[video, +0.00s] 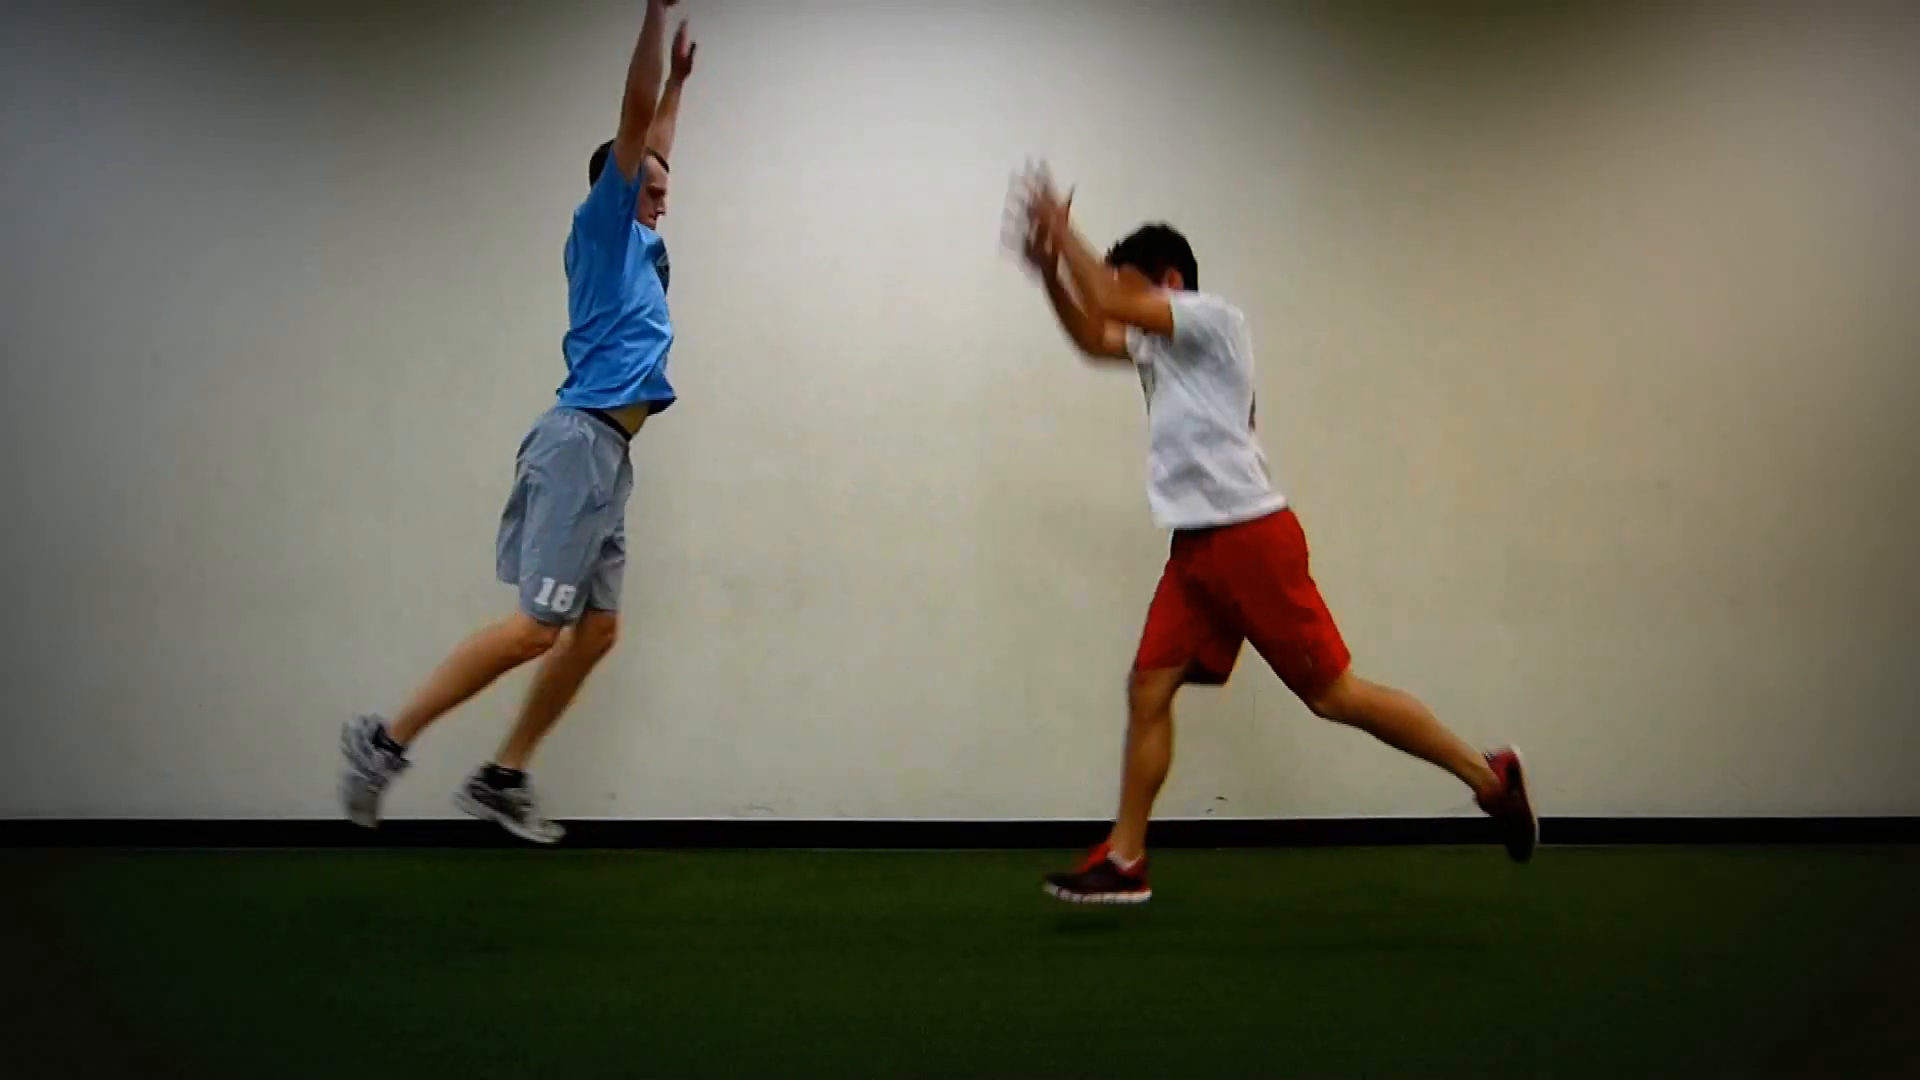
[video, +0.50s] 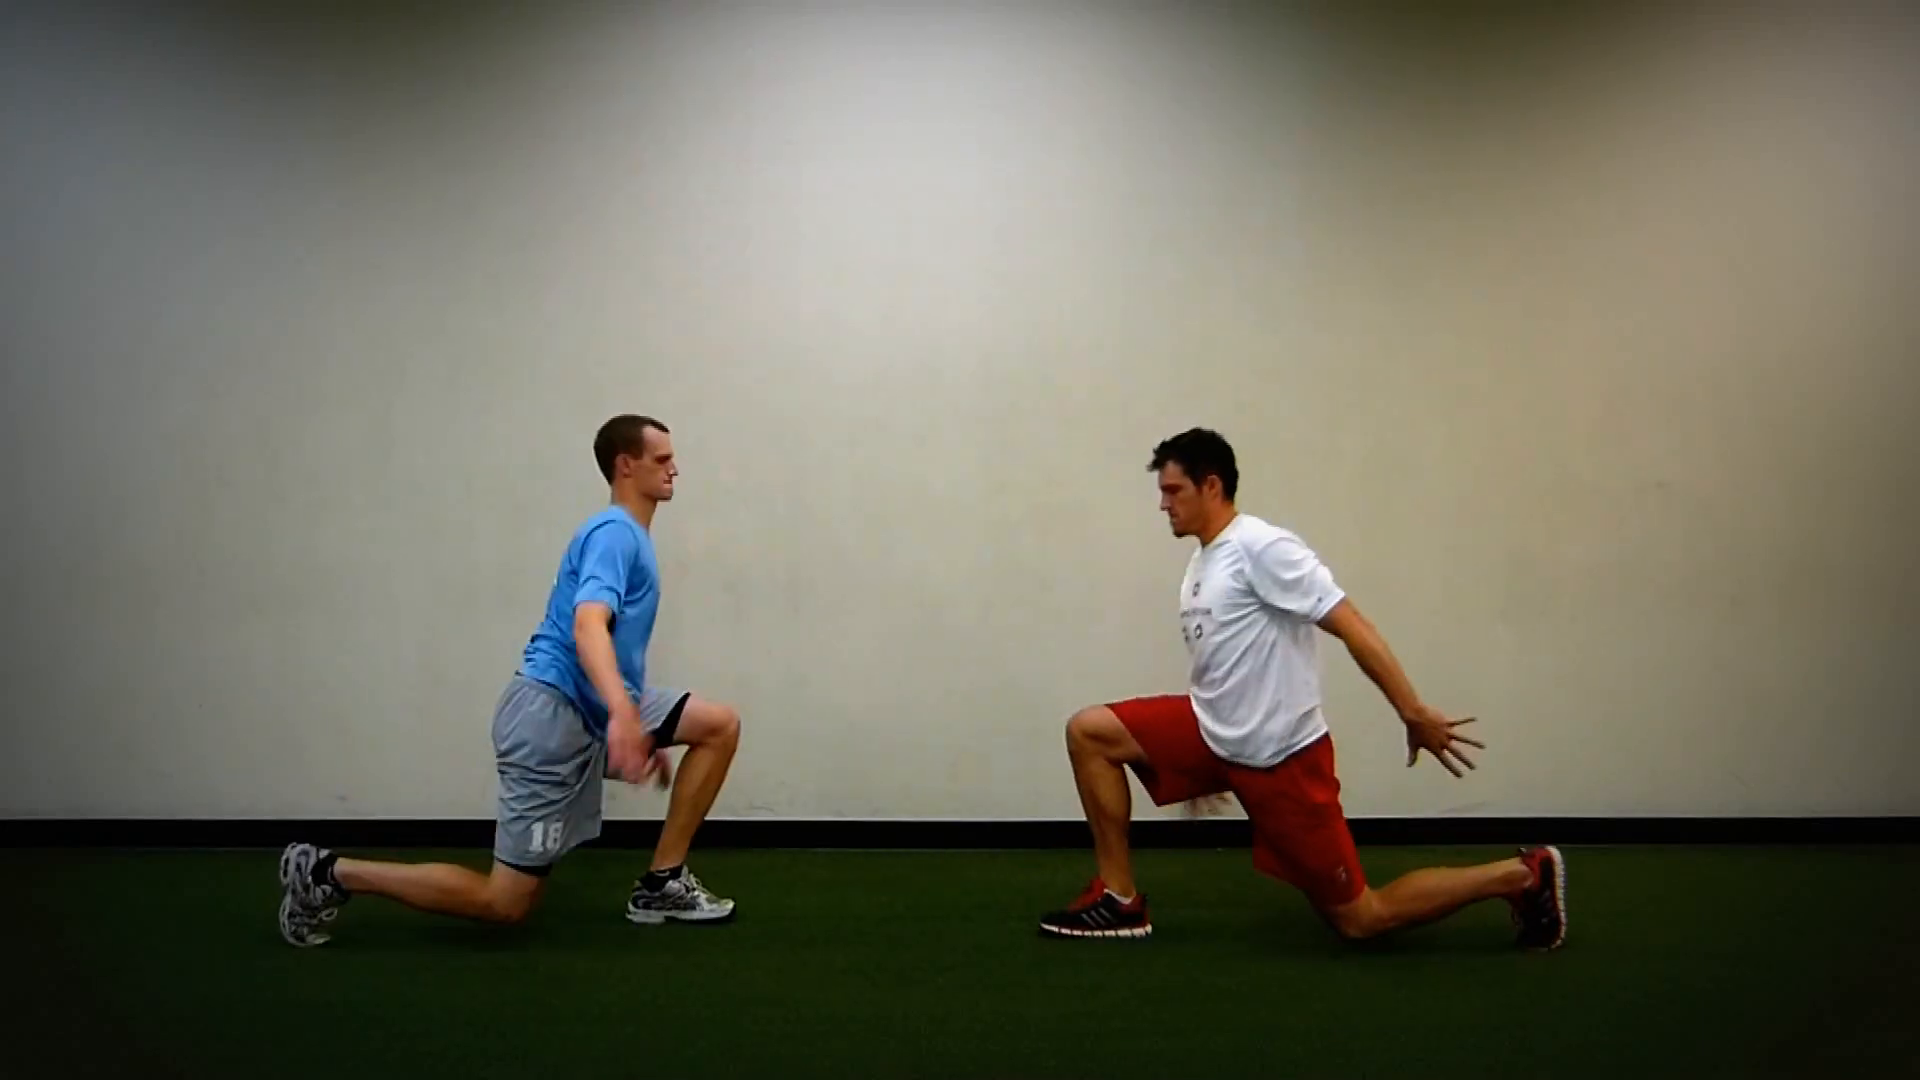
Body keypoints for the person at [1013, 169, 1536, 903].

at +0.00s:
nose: (1120, 299)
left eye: (1127, 286)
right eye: (1117, 288)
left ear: (1168, 278)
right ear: (1159, 282)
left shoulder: (1213, 320)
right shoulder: (1158, 344)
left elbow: (1112, 304)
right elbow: (1092, 340)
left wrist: (1064, 236)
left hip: (1252, 538)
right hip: (1197, 548)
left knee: (1334, 694)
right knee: (1149, 689)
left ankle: (1490, 780)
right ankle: (1123, 858)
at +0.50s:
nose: (1163, 504)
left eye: (1171, 491)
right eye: (1161, 492)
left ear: (1212, 486)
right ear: (1196, 488)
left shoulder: (1267, 551)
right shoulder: (1203, 563)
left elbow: (1353, 627)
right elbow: (1222, 669)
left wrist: (1412, 712)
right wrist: (1194, 761)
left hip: (1283, 754)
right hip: (1214, 727)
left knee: (1357, 919)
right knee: (1090, 734)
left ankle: (1524, 875)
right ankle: (1118, 899)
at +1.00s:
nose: (1184, 483)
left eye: (1192, 469)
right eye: (1183, 471)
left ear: (1233, 466)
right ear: (1220, 470)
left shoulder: (1275, 530)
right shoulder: (1240, 535)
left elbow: (1341, 621)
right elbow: (1270, 644)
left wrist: (1374, 723)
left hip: (1293, 735)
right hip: (1228, 711)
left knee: (1367, 904)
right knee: (1105, 729)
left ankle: (1538, 880)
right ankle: (1117, 898)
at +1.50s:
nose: (1165, 497)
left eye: (1174, 485)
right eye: (1163, 485)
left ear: (1216, 484)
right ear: (1202, 484)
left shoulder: (1255, 551)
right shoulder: (1215, 549)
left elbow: (1344, 643)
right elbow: (1284, 638)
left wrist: (1420, 716)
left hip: (1292, 747)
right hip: (1229, 720)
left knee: (1370, 910)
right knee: (1103, 730)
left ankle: (1543, 882)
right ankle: (1118, 901)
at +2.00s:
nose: (1121, 205)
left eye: (1129, 186)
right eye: (1116, 195)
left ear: (1164, 187)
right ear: (1131, 206)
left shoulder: (1198, 236)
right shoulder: (1148, 261)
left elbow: (1120, 167)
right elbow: (1085, 200)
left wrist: (1076, 89)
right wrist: (1054, 109)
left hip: (1253, 459)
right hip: (1202, 471)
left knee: (1289, 631)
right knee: (1223, 633)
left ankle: (1319, 812)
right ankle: (1317, 772)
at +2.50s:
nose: (1085, 507)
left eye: (1092, 494)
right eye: (1083, 495)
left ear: (1131, 491)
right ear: (1127, 492)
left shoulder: (1178, 550)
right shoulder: (1148, 556)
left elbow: (1281, 598)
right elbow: (1272, 594)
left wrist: (1377, 634)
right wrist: (1352, 616)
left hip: (1223, 726)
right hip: (1215, 728)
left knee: (1066, 749)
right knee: (1276, 882)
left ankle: (1119, 911)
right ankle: (1426, 850)